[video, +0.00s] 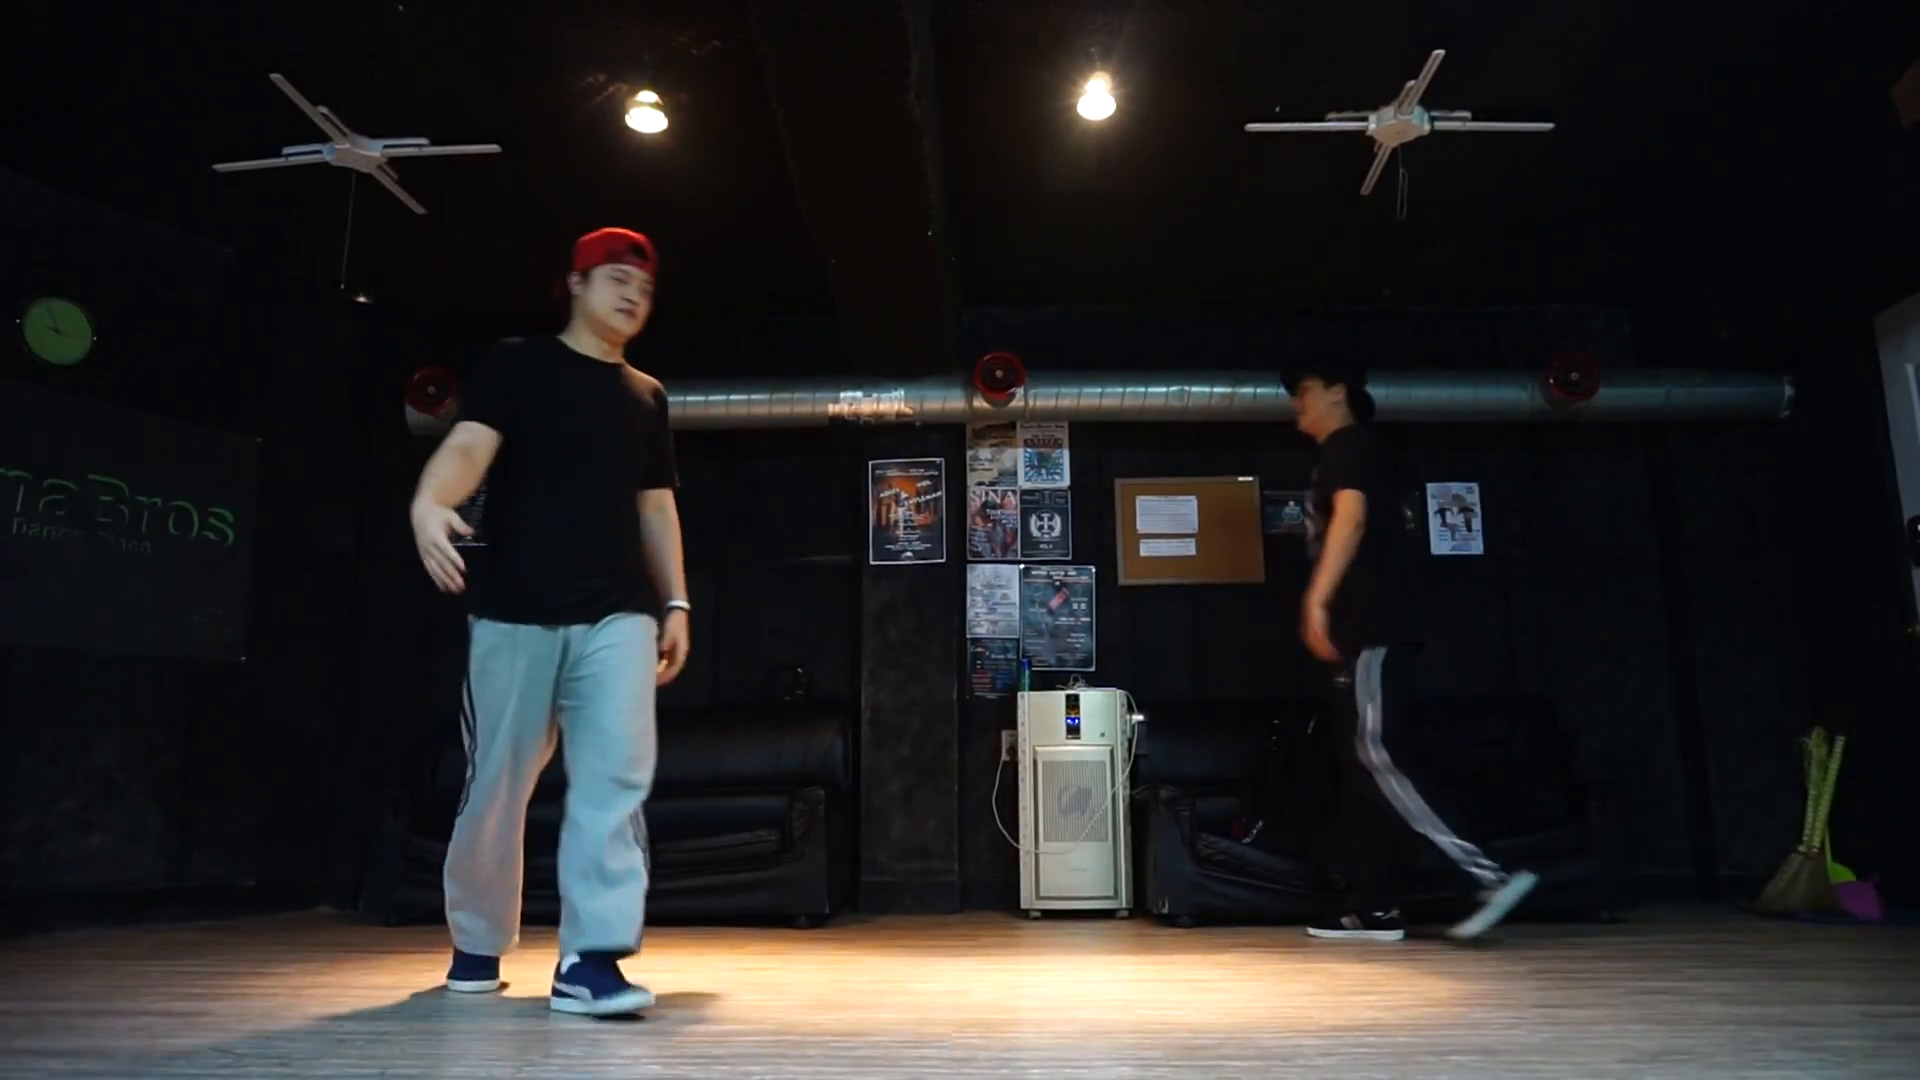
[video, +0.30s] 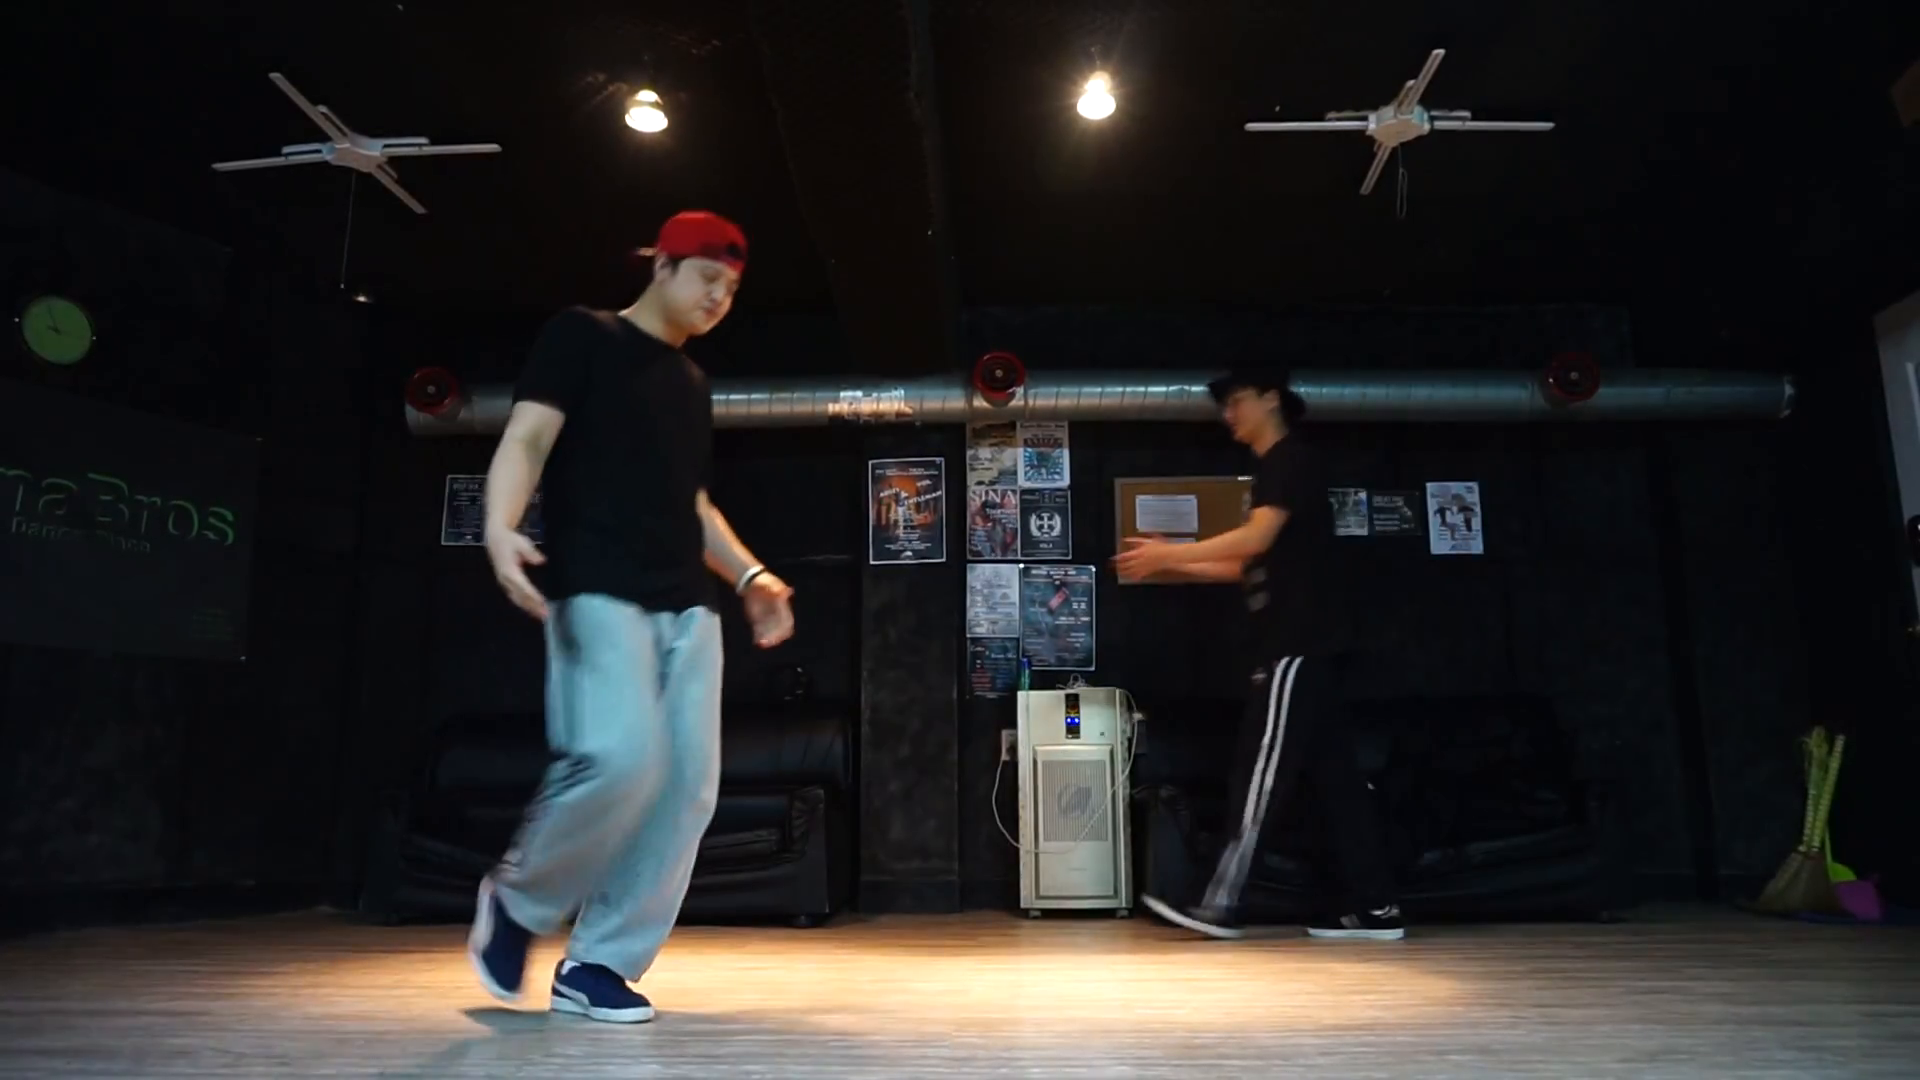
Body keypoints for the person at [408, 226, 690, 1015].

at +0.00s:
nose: (631, 295)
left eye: (643, 289)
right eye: (617, 280)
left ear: (648, 308)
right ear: (577, 286)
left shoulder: (645, 398)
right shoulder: (517, 368)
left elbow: (658, 507)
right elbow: (466, 449)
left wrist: (676, 601)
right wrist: (428, 503)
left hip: (616, 612)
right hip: (516, 610)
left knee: (615, 781)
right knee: (500, 782)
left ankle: (590, 963)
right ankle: (476, 949)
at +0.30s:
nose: (718, 299)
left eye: (729, 289)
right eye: (707, 279)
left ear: (731, 298)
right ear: (661, 266)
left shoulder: (690, 381)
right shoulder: (584, 338)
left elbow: (688, 503)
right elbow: (525, 441)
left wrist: (751, 576)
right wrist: (499, 530)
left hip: (689, 604)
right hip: (599, 594)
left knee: (687, 788)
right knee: (621, 764)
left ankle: (598, 968)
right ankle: (516, 905)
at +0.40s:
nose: (736, 274)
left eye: (747, 264)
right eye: (725, 254)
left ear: (745, 274)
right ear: (680, 242)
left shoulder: (709, 363)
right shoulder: (604, 316)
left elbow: (712, 481)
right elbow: (547, 421)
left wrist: (775, 559)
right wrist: (527, 518)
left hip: (701, 586)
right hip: (623, 569)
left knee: (698, 773)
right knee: (672, 740)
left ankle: (601, 959)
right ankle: (579, 936)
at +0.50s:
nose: (759, 246)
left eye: (769, 235)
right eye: (747, 225)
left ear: (768, 246)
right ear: (700, 218)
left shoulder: (735, 340)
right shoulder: (628, 294)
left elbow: (736, 463)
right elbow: (568, 404)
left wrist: (804, 540)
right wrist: (566, 502)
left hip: (720, 570)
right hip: (647, 554)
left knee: (668, 754)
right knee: (708, 727)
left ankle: (590, 958)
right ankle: (703, 970)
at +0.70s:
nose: (828, 244)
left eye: (837, 233)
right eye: (815, 225)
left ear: (831, 244)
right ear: (763, 219)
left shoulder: (792, 339)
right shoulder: (693, 294)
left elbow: (785, 461)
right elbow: (610, 399)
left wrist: (861, 532)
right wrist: (682, 490)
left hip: (758, 580)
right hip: (704, 574)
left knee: (712, 783)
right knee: (789, 753)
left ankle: (595, 961)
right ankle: (830, 984)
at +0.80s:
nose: (866, 256)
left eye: (877, 245)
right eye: (855, 235)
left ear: (873, 253)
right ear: (805, 222)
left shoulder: (823, 341)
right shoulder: (723, 301)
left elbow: (815, 466)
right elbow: (640, 403)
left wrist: (881, 532)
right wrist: (739, 474)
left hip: (784, 577)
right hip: (746, 575)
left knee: (765, 783)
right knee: (845, 742)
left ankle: (618, 939)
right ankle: (836, 987)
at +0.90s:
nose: (904, 268)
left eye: (915, 256)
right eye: (895, 245)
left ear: (909, 262)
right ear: (845, 228)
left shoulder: (854, 343)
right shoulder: (758, 304)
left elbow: (840, 466)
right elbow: (677, 408)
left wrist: (899, 523)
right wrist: (796, 457)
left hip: (834, 584)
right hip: (790, 584)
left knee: (854, 787)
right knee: (896, 762)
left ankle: (666, 905)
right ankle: (841, 985)